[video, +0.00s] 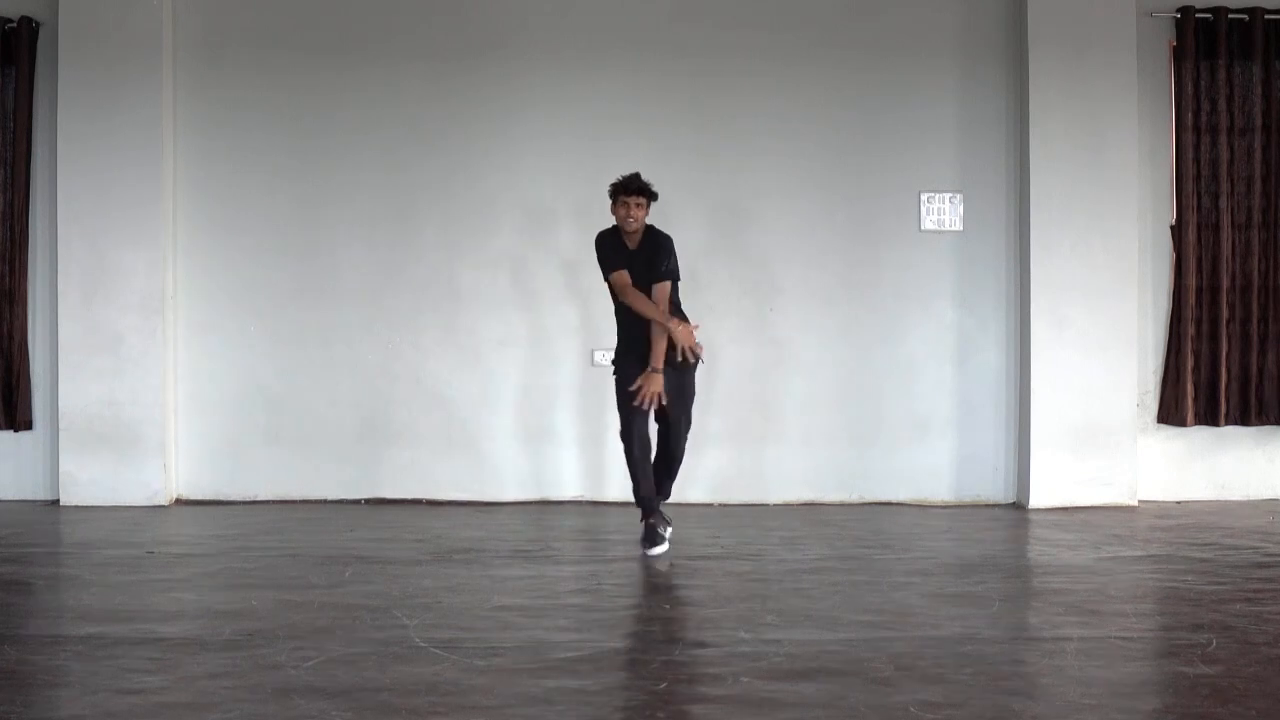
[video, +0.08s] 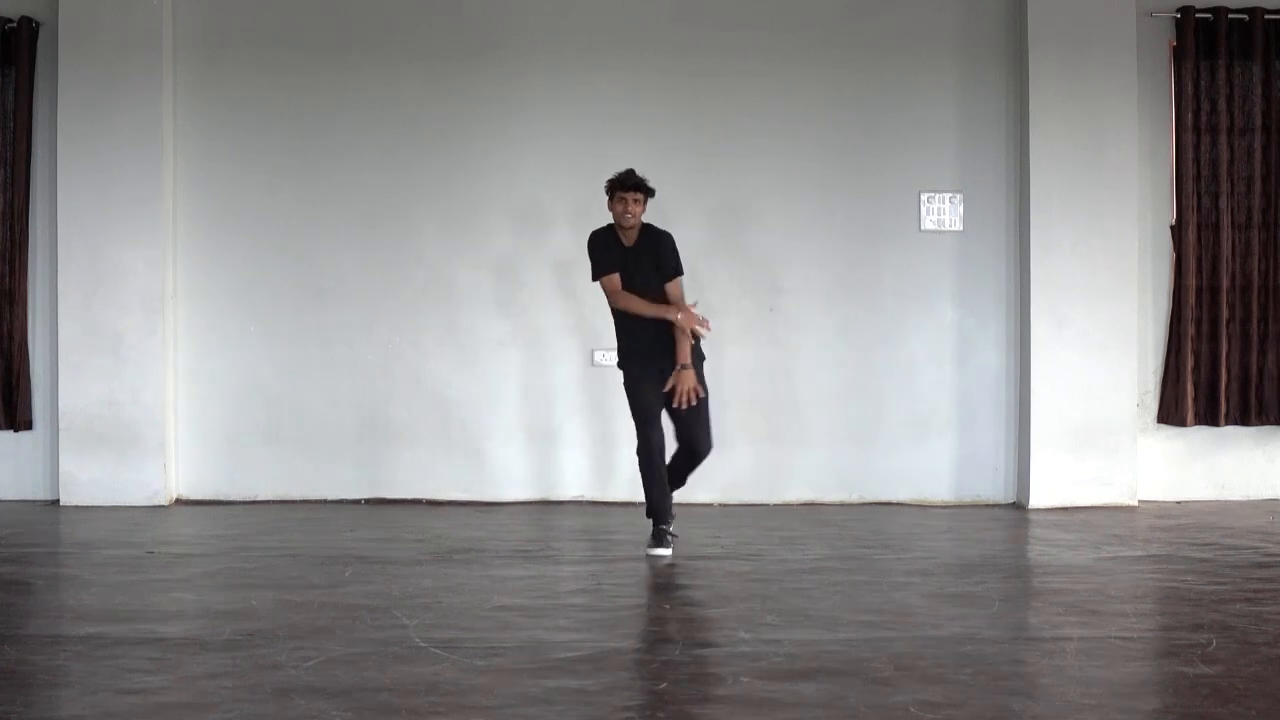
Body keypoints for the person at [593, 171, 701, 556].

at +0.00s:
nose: (631, 212)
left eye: (638, 206)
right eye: (624, 205)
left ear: (648, 209)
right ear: (613, 208)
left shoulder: (662, 244)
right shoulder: (606, 241)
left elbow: (662, 306)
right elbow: (626, 292)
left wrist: (656, 369)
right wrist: (674, 324)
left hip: (674, 346)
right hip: (632, 346)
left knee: (675, 437)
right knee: (633, 435)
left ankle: (653, 505)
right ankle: (652, 519)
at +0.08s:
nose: (629, 208)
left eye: (636, 202)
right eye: (621, 201)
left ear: (645, 206)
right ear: (609, 204)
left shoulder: (661, 241)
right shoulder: (600, 242)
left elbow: (678, 306)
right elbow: (616, 297)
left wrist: (686, 366)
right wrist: (674, 312)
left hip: (678, 353)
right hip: (637, 357)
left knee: (697, 445)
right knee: (650, 444)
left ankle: (658, 492)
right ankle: (661, 524)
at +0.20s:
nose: (636, 195)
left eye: (643, 189)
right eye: (629, 189)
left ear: (652, 194)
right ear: (617, 192)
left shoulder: (669, 230)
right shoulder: (602, 231)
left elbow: (708, 280)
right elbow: (584, 287)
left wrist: (715, 335)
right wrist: (635, 298)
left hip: (680, 341)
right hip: (637, 354)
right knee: (652, 439)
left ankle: (692, 448)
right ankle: (661, 526)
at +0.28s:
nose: (641, 190)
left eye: (648, 183)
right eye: (633, 183)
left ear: (659, 187)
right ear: (622, 187)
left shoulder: (676, 224)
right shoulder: (608, 228)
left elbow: (718, 267)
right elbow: (573, 274)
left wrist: (712, 312)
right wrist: (610, 293)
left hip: (676, 332)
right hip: (634, 344)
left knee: (723, 345)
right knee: (648, 436)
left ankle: (706, 430)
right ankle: (661, 525)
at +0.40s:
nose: (641, 195)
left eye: (648, 188)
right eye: (633, 188)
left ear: (660, 192)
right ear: (624, 193)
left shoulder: (682, 225)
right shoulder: (612, 239)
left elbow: (717, 276)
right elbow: (580, 291)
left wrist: (690, 316)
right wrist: (621, 298)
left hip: (677, 332)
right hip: (633, 341)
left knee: (674, 355)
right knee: (644, 437)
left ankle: (674, 442)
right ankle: (661, 524)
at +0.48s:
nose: (641, 205)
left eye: (649, 199)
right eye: (634, 198)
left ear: (660, 203)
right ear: (624, 202)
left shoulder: (679, 237)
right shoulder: (615, 251)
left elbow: (698, 296)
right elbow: (598, 312)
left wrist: (675, 349)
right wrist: (639, 307)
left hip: (677, 341)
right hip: (634, 344)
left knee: (646, 396)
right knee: (634, 432)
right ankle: (661, 523)